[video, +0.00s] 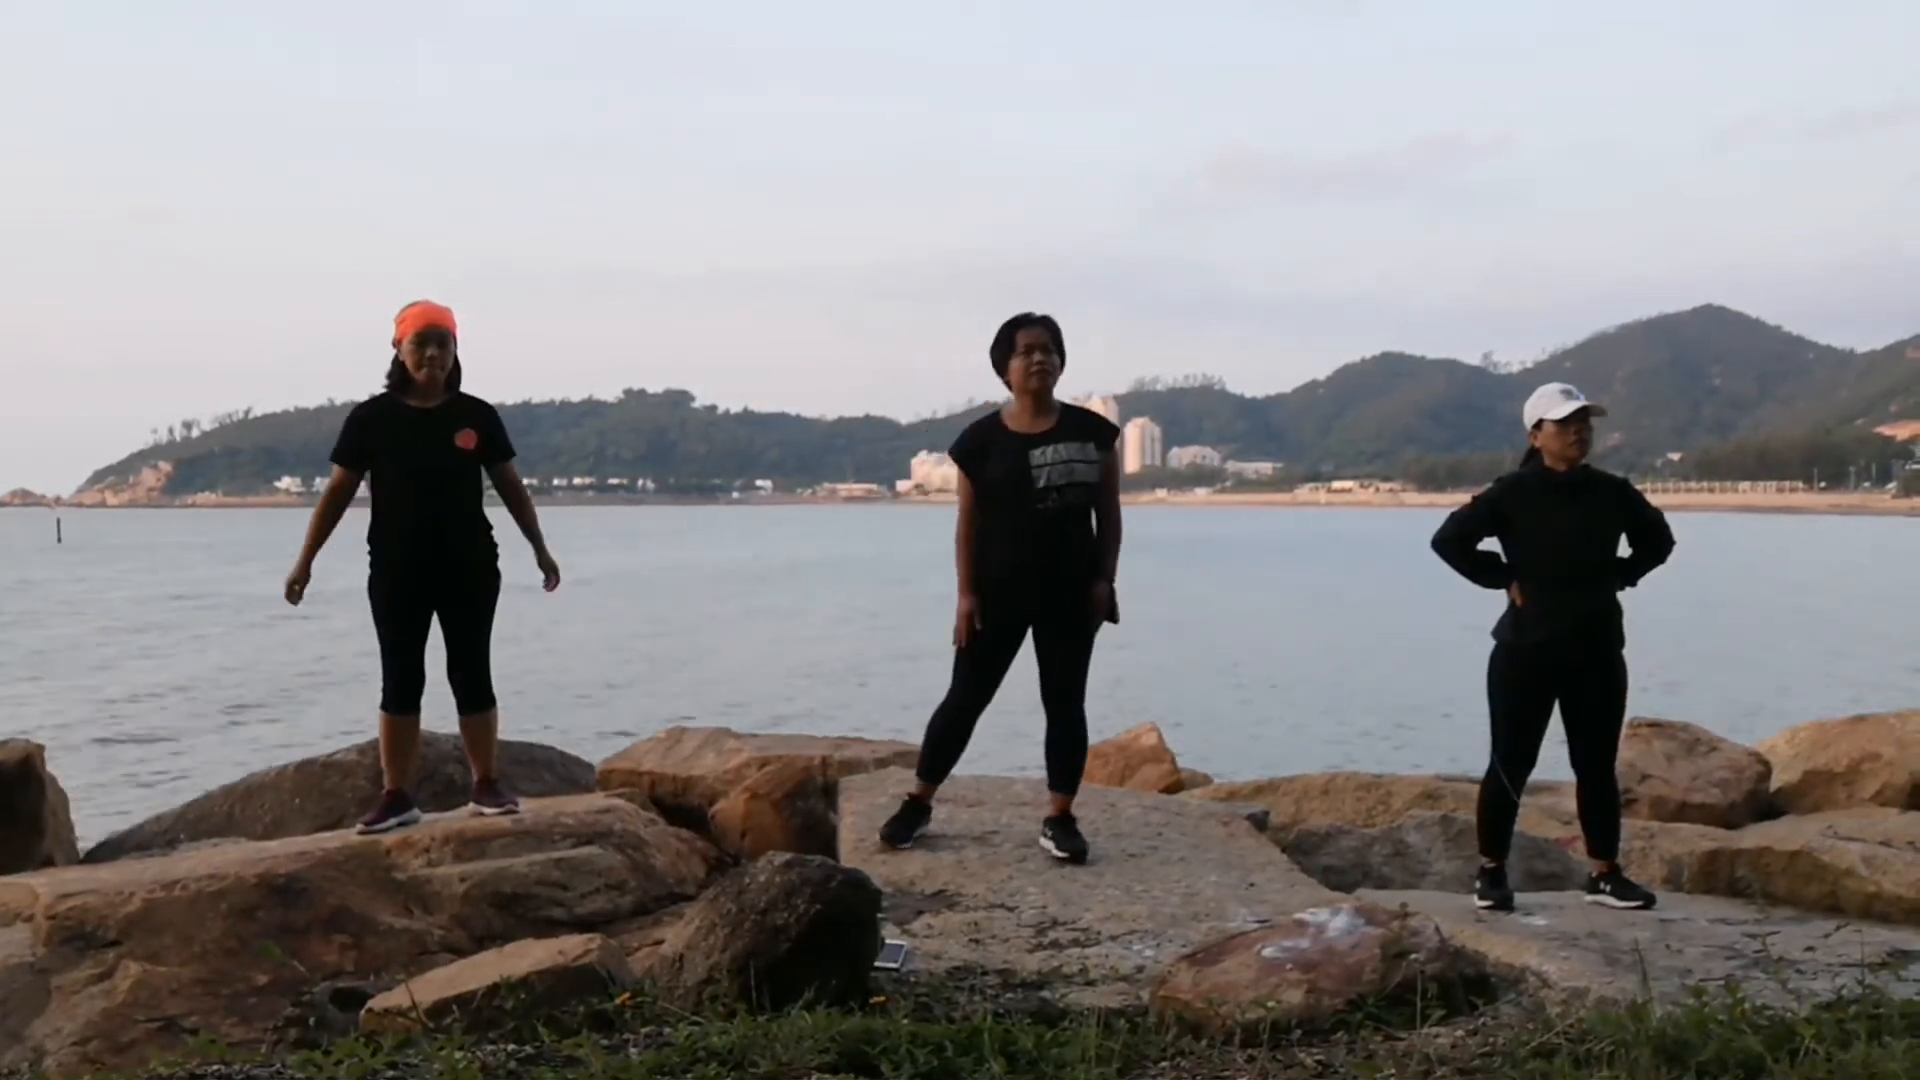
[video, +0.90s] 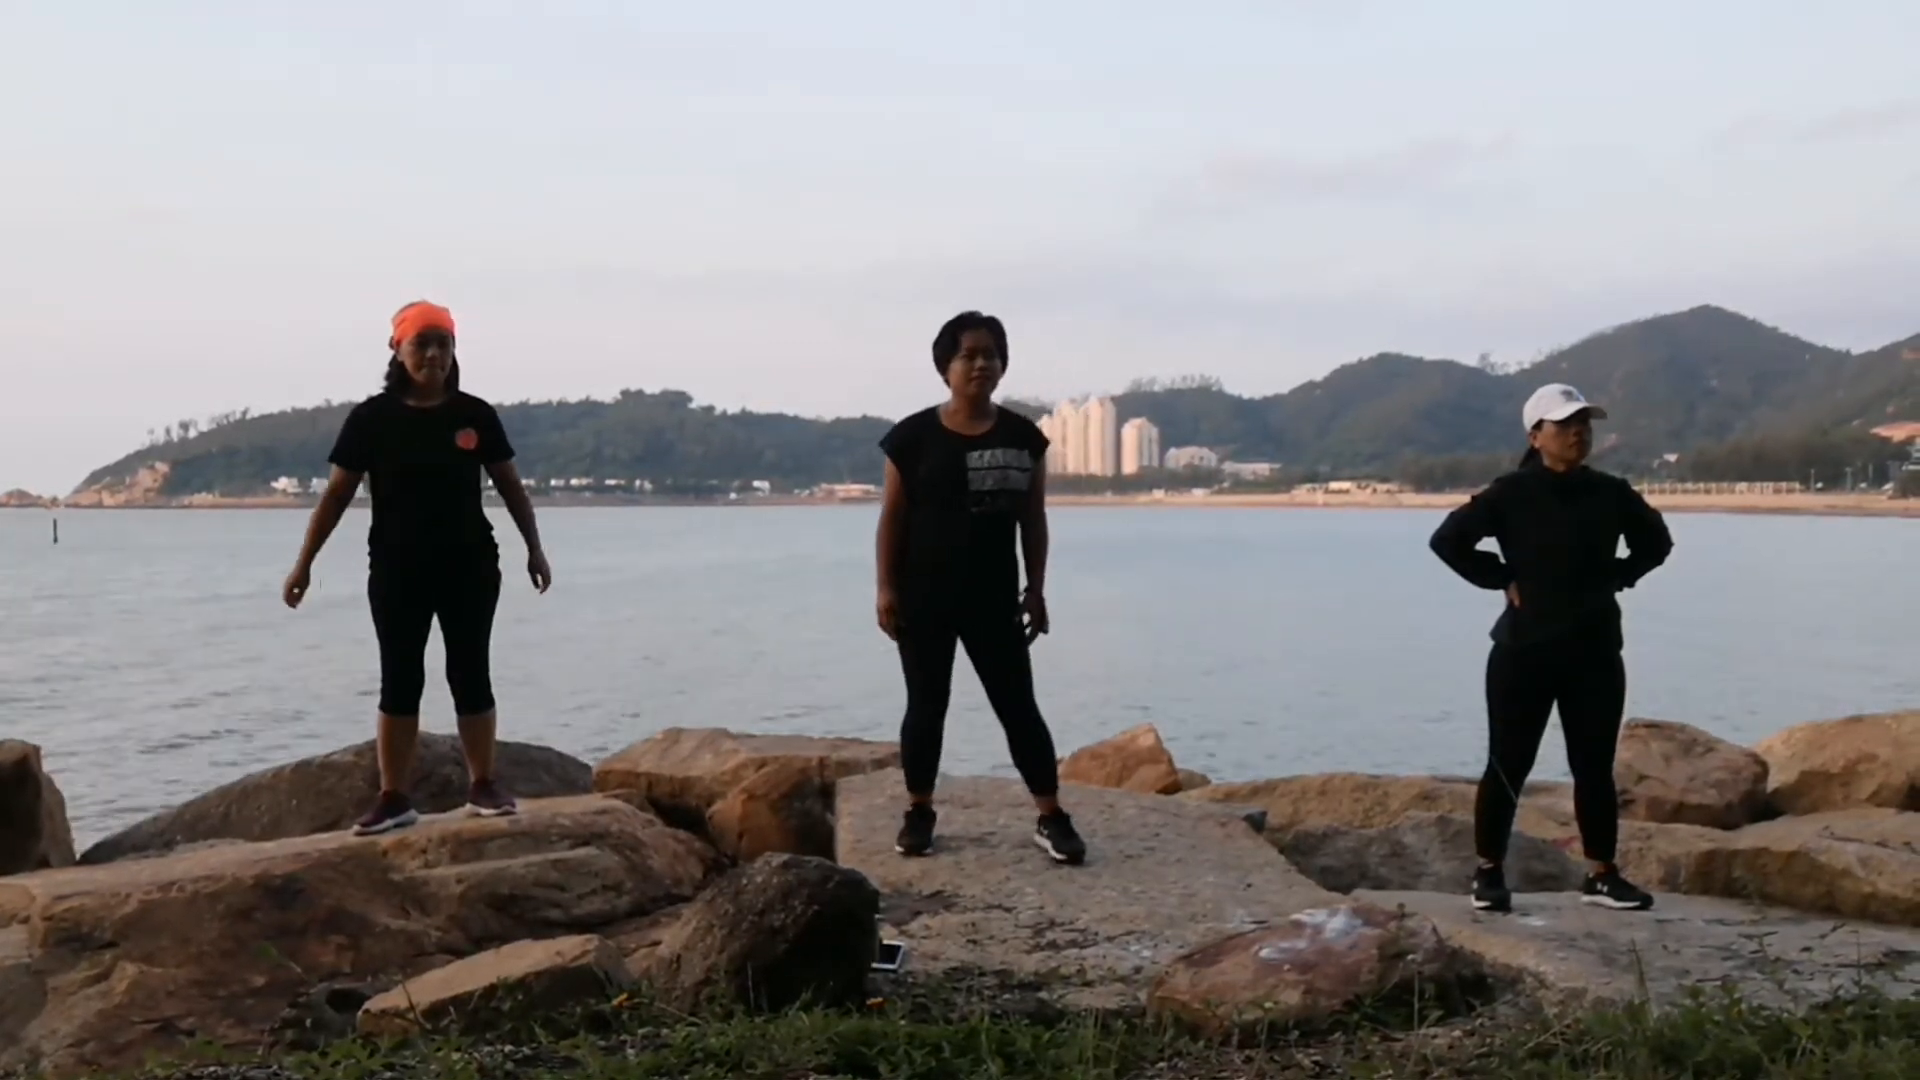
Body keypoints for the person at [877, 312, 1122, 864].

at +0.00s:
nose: (1038, 359)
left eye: (1047, 351)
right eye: (1025, 352)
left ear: (1061, 364)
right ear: (1004, 365)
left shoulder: (1095, 433)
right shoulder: (980, 440)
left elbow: (1110, 515)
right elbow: (966, 524)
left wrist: (1106, 581)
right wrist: (966, 593)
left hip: (1071, 593)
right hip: (1001, 594)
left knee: (1066, 707)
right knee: (963, 701)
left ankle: (1060, 816)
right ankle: (918, 802)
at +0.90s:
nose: (980, 367)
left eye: (991, 358)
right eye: (968, 356)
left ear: (1002, 368)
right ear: (945, 364)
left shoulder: (1024, 438)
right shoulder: (913, 437)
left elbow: (1033, 519)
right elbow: (891, 518)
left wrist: (1036, 589)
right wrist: (884, 588)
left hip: (992, 597)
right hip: (924, 597)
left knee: (1020, 709)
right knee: (925, 709)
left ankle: (1051, 815)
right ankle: (919, 812)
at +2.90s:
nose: (963, 368)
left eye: (973, 357)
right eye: (952, 360)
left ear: (998, 363)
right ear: (941, 371)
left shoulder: (1036, 434)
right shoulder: (923, 444)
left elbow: (1053, 513)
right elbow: (905, 523)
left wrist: (1057, 584)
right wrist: (890, 591)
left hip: (1013, 597)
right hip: (940, 598)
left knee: (1028, 712)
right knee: (930, 709)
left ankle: (1050, 823)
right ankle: (912, 813)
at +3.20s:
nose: (1003, 368)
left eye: (1015, 357)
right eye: (992, 360)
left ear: (1037, 363)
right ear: (981, 370)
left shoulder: (1072, 430)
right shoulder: (962, 436)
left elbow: (1100, 498)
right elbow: (938, 519)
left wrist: (1039, 522)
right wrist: (933, 589)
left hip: (1047, 595)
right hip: (977, 593)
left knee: (1049, 710)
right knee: (953, 705)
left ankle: (1052, 824)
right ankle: (917, 809)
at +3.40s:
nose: (1020, 366)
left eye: (1032, 356)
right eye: (1010, 356)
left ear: (1054, 365)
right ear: (996, 367)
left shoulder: (1078, 426)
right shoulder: (973, 429)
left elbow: (1057, 482)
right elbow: (964, 510)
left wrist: (984, 460)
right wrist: (966, 584)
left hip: (1048, 590)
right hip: (981, 585)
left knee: (1048, 710)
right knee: (951, 703)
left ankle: (1051, 824)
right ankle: (917, 811)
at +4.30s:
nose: (946, 370)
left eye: (957, 360)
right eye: (935, 360)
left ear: (972, 369)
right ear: (915, 369)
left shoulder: (995, 434)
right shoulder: (891, 437)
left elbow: (999, 511)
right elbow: (887, 522)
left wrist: (927, 502)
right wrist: (895, 597)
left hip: (972, 591)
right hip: (906, 590)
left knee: (1002, 706)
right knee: (906, 710)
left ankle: (1032, 815)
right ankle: (903, 815)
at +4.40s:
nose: (945, 369)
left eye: (954, 359)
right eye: (933, 360)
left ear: (970, 367)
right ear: (913, 369)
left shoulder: (995, 433)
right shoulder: (885, 441)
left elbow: (1010, 511)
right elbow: (877, 528)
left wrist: (957, 536)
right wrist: (890, 594)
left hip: (975, 592)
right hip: (907, 591)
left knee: (1006, 704)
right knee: (906, 711)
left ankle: (1038, 814)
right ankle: (903, 815)